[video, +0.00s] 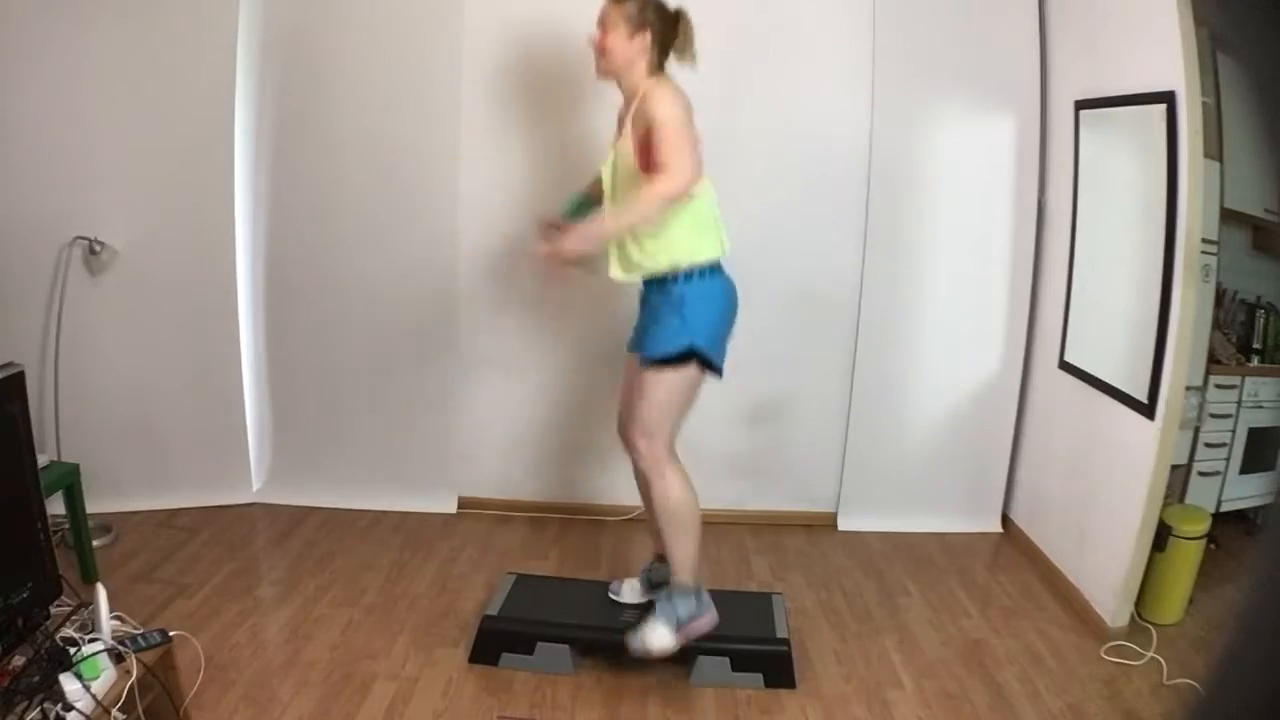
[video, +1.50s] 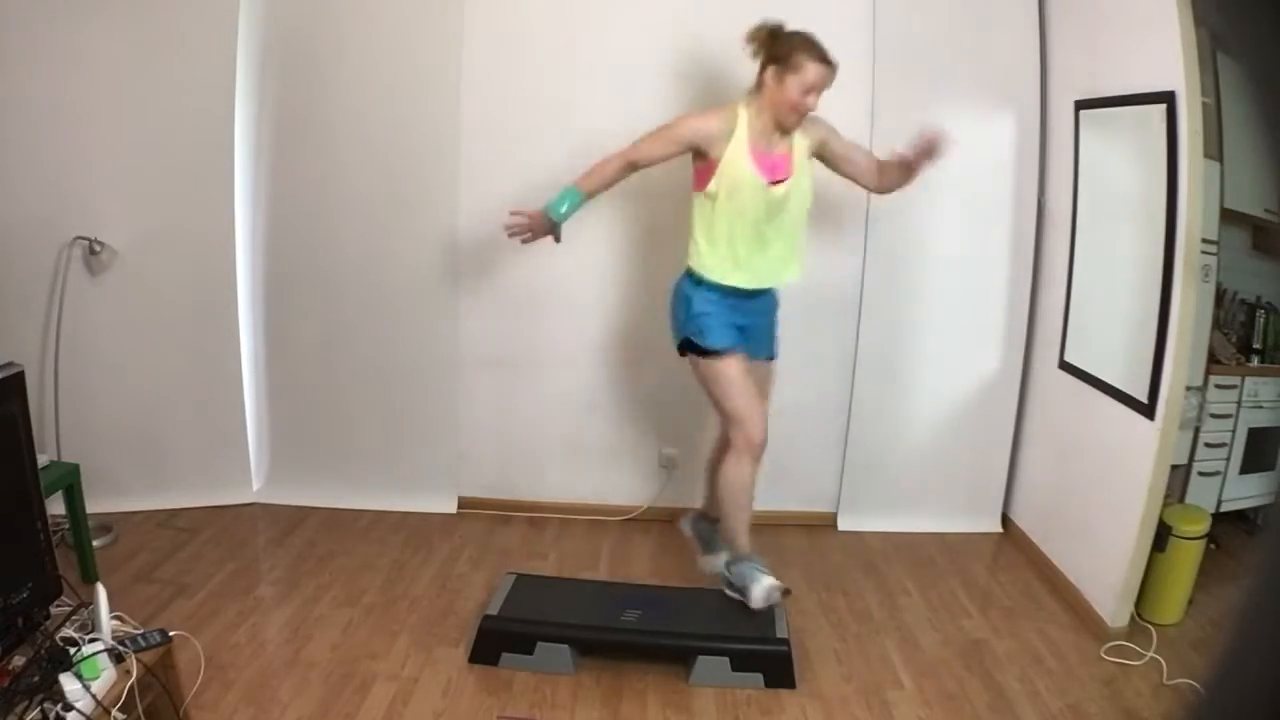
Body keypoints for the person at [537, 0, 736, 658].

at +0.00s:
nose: (594, 41)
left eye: (605, 29)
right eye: (596, 29)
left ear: (642, 40)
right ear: (636, 41)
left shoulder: (661, 99)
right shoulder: (635, 106)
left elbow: (676, 179)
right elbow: (620, 178)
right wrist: (571, 217)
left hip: (691, 291)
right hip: (664, 288)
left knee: (650, 439)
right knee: (635, 431)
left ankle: (691, 599)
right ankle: (670, 563)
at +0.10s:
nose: (596, 22)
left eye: (610, 13)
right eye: (598, 11)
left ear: (646, 27)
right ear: (631, 29)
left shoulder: (673, 94)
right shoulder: (624, 94)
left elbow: (730, 188)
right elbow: (641, 181)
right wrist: (614, 236)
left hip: (683, 278)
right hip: (642, 273)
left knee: (647, 425)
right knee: (629, 418)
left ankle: (668, 562)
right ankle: (670, 543)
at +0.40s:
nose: (633, 80)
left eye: (645, 70)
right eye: (628, 68)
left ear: (680, 74)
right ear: (623, 69)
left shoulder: (708, 138)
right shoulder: (608, 132)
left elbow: (742, 224)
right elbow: (562, 195)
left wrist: (718, 282)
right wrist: (523, 250)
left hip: (684, 313)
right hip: (623, 307)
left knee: (657, 443)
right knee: (609, 425)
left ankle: (660, 569)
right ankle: (624, 496)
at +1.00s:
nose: (705, 150)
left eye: (713, 141)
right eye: (696, 138)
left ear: (718, 141)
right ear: (667, 134)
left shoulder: (722, 194)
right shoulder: (625, 186)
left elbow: (721, 254)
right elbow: (577, 249)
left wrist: (732, 314)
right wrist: (591, 311)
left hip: (688, 336)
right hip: (625, 335)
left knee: (706, 448)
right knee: (607, 446)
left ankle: (679, 531)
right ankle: (592, 517)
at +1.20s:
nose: (753, 182)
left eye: (760, 172)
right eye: (744, 169)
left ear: (765, 173)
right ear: (714, 165)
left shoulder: (758, 226)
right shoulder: (668, 214)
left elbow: (771, 298)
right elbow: (613, 264)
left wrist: (812, 322)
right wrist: (567, 312)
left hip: (707, 358)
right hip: (651, 357)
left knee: (715, 469)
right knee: (665, 479)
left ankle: (675, 543)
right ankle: (597, 503)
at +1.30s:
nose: (775, 172)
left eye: (780, 162)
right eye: (766, 160)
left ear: (782, 163)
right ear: (733, 154)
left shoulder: (783, 214)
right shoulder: (685, 197)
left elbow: (840, 273)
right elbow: (611, 227)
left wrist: (859, 234)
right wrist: (547, 266)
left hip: (717, 351)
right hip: (663, 345)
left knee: (719, 465)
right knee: (707, 454)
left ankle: (676, 541)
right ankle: (643, 506)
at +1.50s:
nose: (814, 103)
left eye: (820, 92)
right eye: (807, 88)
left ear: (818, 93)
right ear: (771, 77)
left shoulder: (810, 136)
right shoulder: (715, 128)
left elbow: (878, 178)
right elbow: (627, 160)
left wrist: (912, 164)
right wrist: (557, 213)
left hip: (760, 301)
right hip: (707, 298)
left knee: (743, 431)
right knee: (749, 432)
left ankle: (710, 522)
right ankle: (740, 559)